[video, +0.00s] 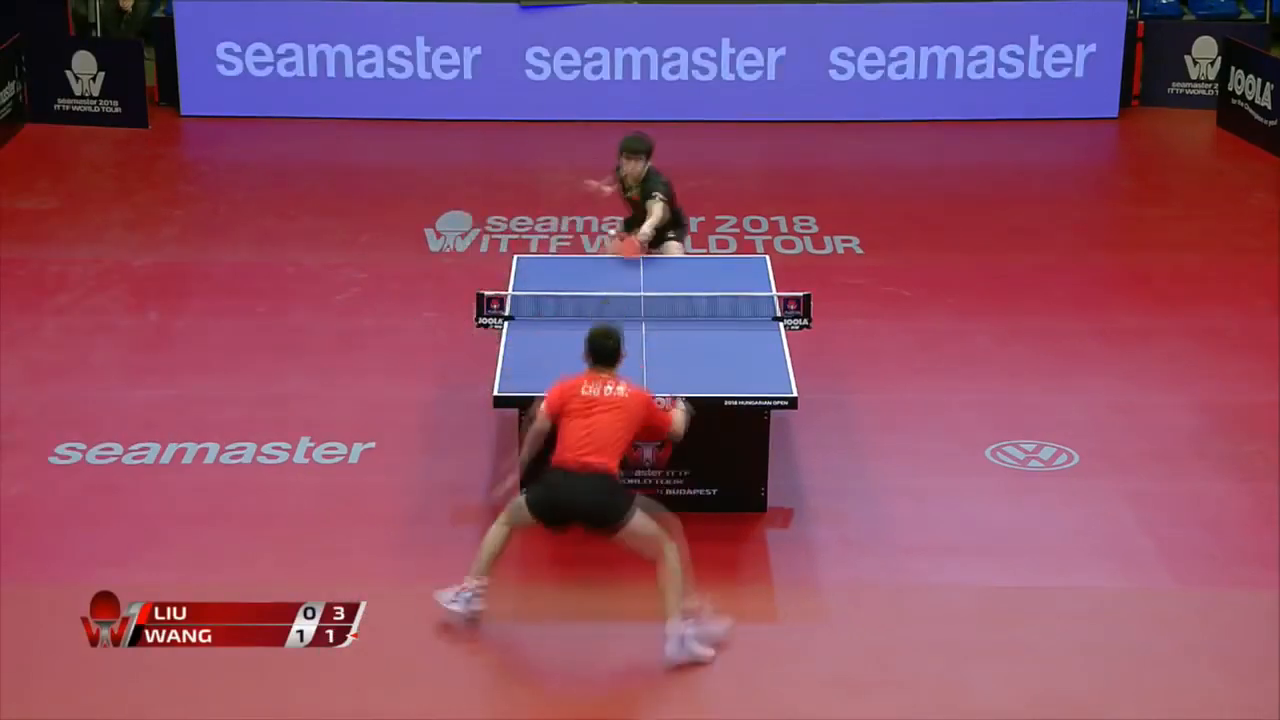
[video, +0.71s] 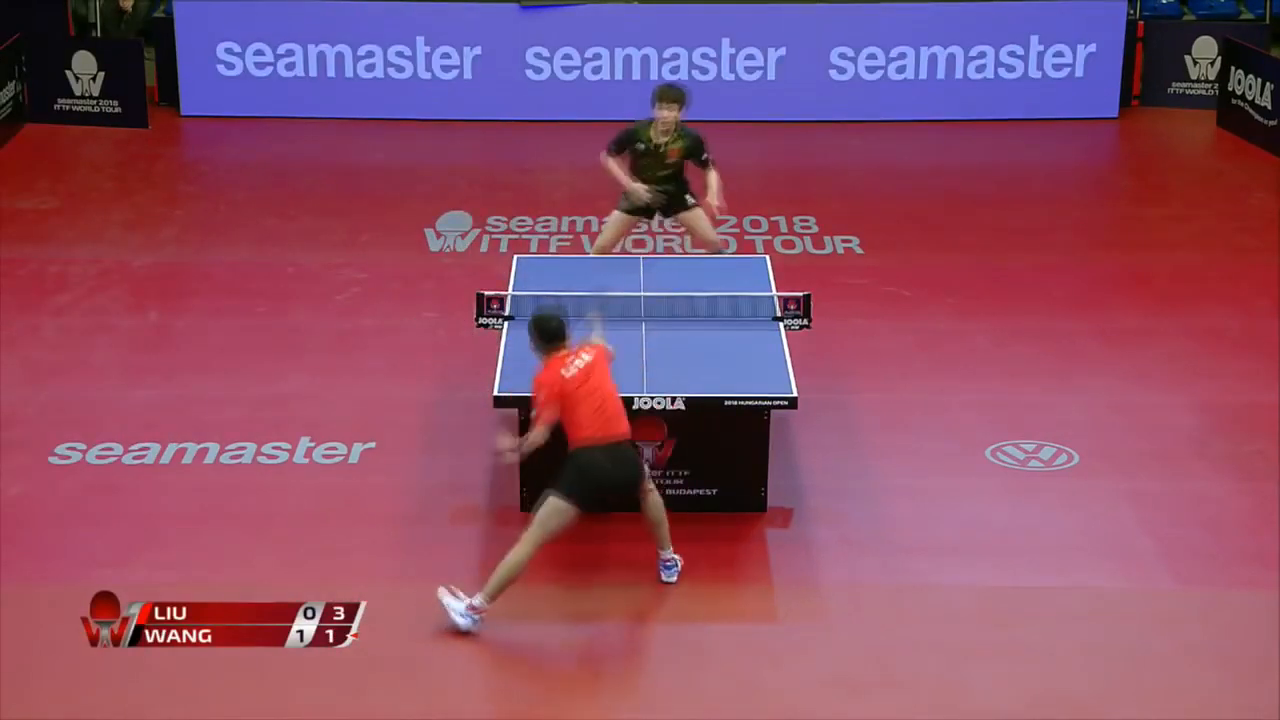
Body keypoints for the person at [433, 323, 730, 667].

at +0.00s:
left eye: (595, 350)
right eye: (614, 351)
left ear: (588, 356)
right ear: (620, 358)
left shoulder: (566, 387)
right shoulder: (636, 397)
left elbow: (540, 424)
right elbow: (675, 430)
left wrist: (517, 473)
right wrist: (681, 409)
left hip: (557, 486)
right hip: (603, 491)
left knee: (507, 522)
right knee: (665, 549)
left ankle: (469, 593)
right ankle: (677, 637)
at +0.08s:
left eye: (583, 367)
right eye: (603, 368)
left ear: (575, 372)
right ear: (608, 374)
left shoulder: (556, 407)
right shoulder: (628, 413)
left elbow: (538, 449)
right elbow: (663, 445)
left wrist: (508, 497)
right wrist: (661, 423)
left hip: (549, 505)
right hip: (597, 512)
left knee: (498, 536)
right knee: (662, 566)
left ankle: (454, 607)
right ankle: (677, 647)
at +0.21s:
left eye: (546, 365)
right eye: (568, 367)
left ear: (540, 369)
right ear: (573, 371)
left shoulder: (523, 409)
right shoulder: (593, 410)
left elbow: (481, 447)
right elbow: (618, 449)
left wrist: (455, 458)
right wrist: (610, 429)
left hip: (540, 515)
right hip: (588, 517)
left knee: (478, 529)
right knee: (646, 567)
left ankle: (445, 608)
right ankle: (673, 631)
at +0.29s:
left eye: (528, 361)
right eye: (552, 362)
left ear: (525, 366)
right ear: (559, 368)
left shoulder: (508, 408)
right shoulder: (578, 407)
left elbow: (462, 440)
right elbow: (604, 450)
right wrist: (576, 427)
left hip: (534, 513)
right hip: (584, 510)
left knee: (476, 528)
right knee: (636, 534)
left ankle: (444, 609)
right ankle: (664, 605)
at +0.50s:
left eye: (528, 361)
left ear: (526, 365)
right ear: (560, 365)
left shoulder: (514, 401)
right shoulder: (583, 397)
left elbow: (503, 421)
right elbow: (614, 431)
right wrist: (590, 447)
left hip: (555, 506)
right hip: (601, 502)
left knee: (484, 528)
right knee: (627, 497)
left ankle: (445, 609)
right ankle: (665, 560)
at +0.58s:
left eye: (531, 357)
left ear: (530, 360)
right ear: (563, 357)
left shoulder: (527, 396)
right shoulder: (591, 384)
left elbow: (512, 431)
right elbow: (620, 405)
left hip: (578, 494)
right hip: (621, 488)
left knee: (508, 534)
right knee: (637, 490)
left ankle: (453, 609)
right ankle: (668, 561)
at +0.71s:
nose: (533, 346)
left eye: (533, 341)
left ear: (536, 344)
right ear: (567, 337)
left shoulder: (548, 377)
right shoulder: (594, 353)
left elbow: (542, 430)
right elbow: (602, 345)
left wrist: (519, 448)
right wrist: (597, 327)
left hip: (585, 463)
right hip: (624, 458)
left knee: (534, 536)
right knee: (647, 490)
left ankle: (475, 607)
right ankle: (668, 560)